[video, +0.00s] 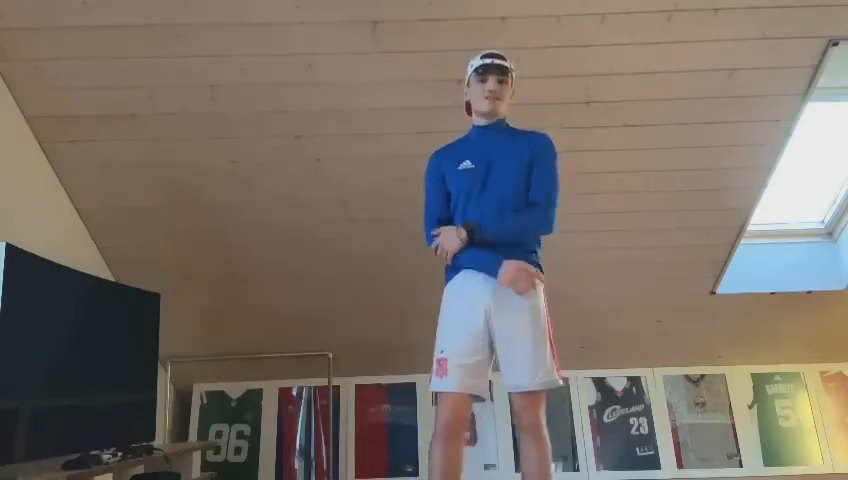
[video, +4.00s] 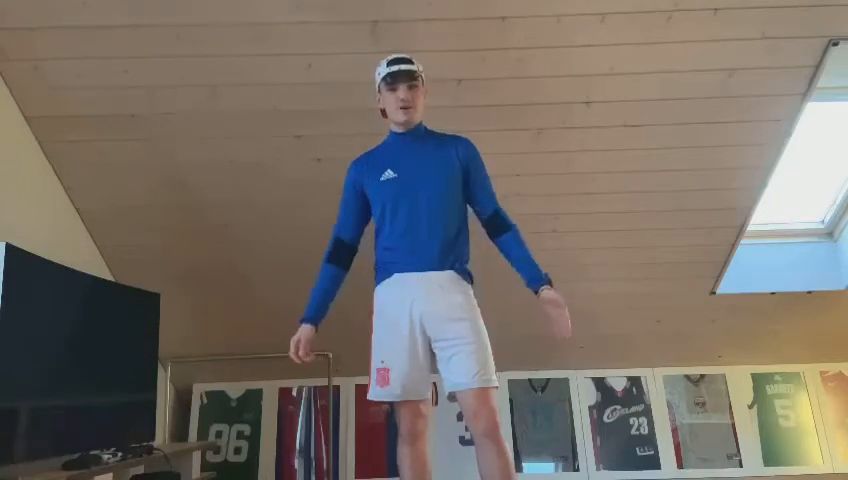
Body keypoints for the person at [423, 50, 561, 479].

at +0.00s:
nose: (492, 88)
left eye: (501, 82)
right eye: (482, 81)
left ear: (510, 92)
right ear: (467, 92)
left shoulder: (537, 145)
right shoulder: (443, 158)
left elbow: (543, 219)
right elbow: (437, 234)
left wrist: (469, 231)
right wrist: (498, 263)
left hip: (521, 284)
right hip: (465, 284)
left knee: (529, 413)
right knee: (451, 414)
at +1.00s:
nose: (415, 96)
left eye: (422, 87)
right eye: (405, 89)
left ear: (433, 95)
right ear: (390, 103)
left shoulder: (466, 152)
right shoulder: (375, 167)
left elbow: (493, 217)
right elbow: (356, 243)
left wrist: (508, 262)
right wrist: (343, 300)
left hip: (461, 294)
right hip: (404, 298)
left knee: (489, 416)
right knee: (415, 419)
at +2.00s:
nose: (404, 95)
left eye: (412, 87)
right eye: (394, 89)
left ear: (425, 95)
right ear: (382, 103)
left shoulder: (459, 150)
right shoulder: (366, 168)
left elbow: (477, 225)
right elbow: (360, 244)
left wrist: (431, 266)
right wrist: (399, 291)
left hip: (451, 292)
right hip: (394, 299)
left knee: (484, 414)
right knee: (413, 418)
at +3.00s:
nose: (414, 97)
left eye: (421, 90)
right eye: (403, 89)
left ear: (430, 99)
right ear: (386, 101)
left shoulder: (458, 150)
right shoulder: (366, 169)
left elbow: (475, 224)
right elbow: (362, 246)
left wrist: (421, 268)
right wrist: (404, 291)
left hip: (452, 289)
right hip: (395, 297)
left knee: (484, 416)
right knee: (413, 419)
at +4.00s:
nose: (403, 95)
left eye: (411, 86)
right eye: (393, 88)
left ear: (424, 95)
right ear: (380, 103)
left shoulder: (459, 150)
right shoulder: (365, 167)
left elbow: (497, 223)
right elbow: (341, 248)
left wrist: (541, 284)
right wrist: (309, 321)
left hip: (452, 294)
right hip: (394, 301)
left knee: (484, 419)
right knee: (411, 423)